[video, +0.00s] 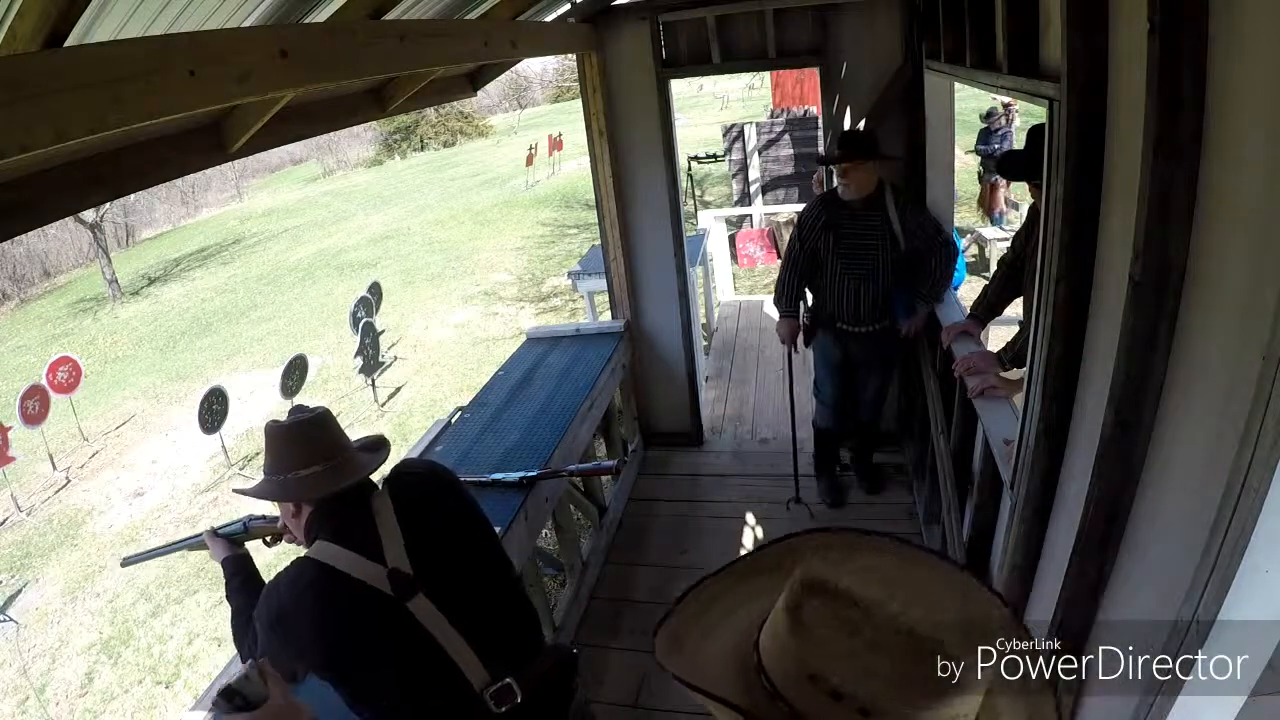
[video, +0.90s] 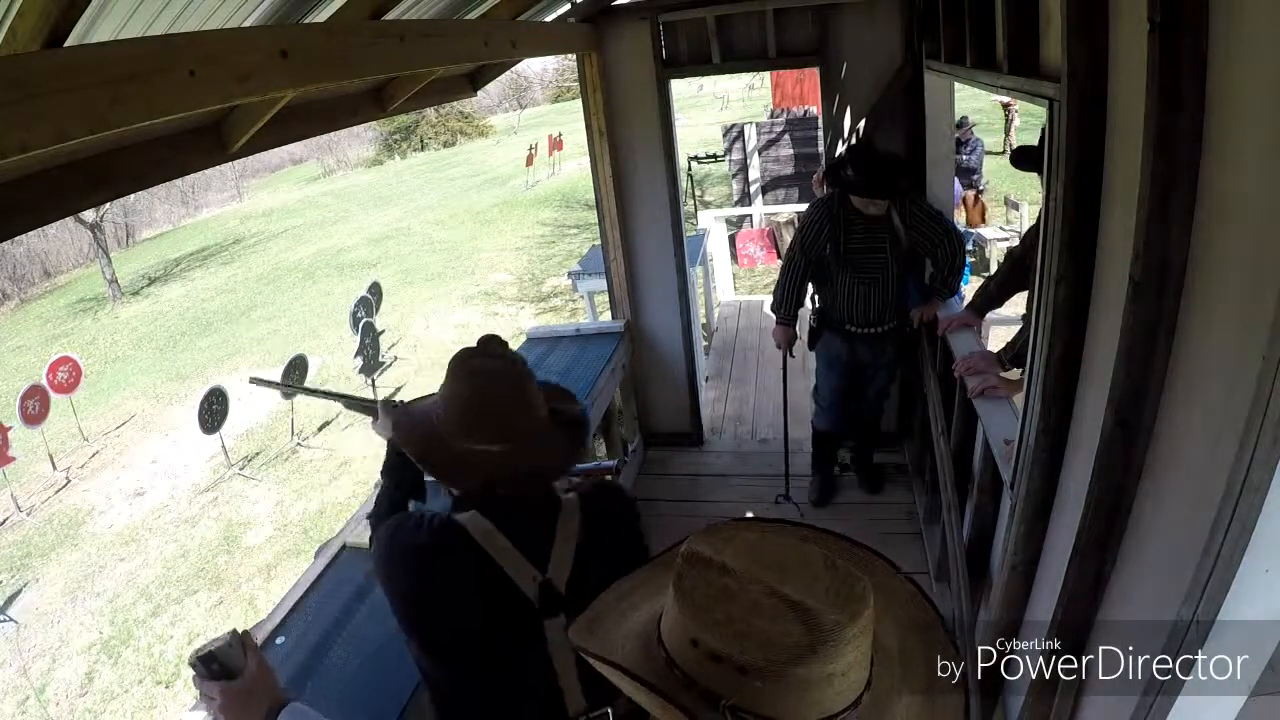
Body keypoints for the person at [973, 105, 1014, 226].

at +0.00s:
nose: (990, 124)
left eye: (992, 122)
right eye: (989, 122)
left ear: (999, 119)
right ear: (987, 121)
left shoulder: (1007, 132)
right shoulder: (983, 131)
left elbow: (1004, 150)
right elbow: (978, 149)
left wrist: (982, 150)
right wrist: (995, 148)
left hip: (1000, 171)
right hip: (986, 170)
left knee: (997, 202)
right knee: (986, 201)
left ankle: (999, 227)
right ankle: (994, 225)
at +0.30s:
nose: (982, 131)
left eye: (985, 127)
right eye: (981, 128)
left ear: (991, 126)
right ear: (979, 127)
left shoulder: (1000, 140)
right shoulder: (975, 137)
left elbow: (992, 159)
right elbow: (967, 154)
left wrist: (974, 156)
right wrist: (984, 153)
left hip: (990, 178)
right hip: (976, 177)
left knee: (983, 210)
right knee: (977, 206)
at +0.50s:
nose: (975, 131)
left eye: (978, 128)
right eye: (974, 128)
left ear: (986, 126)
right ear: (973, 127)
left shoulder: (992, 139)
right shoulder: (970, 136)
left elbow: (986, 159)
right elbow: (961, 153)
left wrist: (970, 155)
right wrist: (976, 153)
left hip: (983, 178)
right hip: (968, 176)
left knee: (980, 209)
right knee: (965, 208)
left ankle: (979, 229)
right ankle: (968, 227)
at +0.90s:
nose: (961, 134)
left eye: (964, 131)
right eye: (960, 131)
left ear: (970, 130)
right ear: (958, 131)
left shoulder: (978, 143)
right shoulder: (955, 142)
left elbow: (974, 164)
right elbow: (948, 157)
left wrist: (956, 159)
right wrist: (964, 158)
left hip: (971, 185)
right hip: (955, 184)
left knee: (972, 219)